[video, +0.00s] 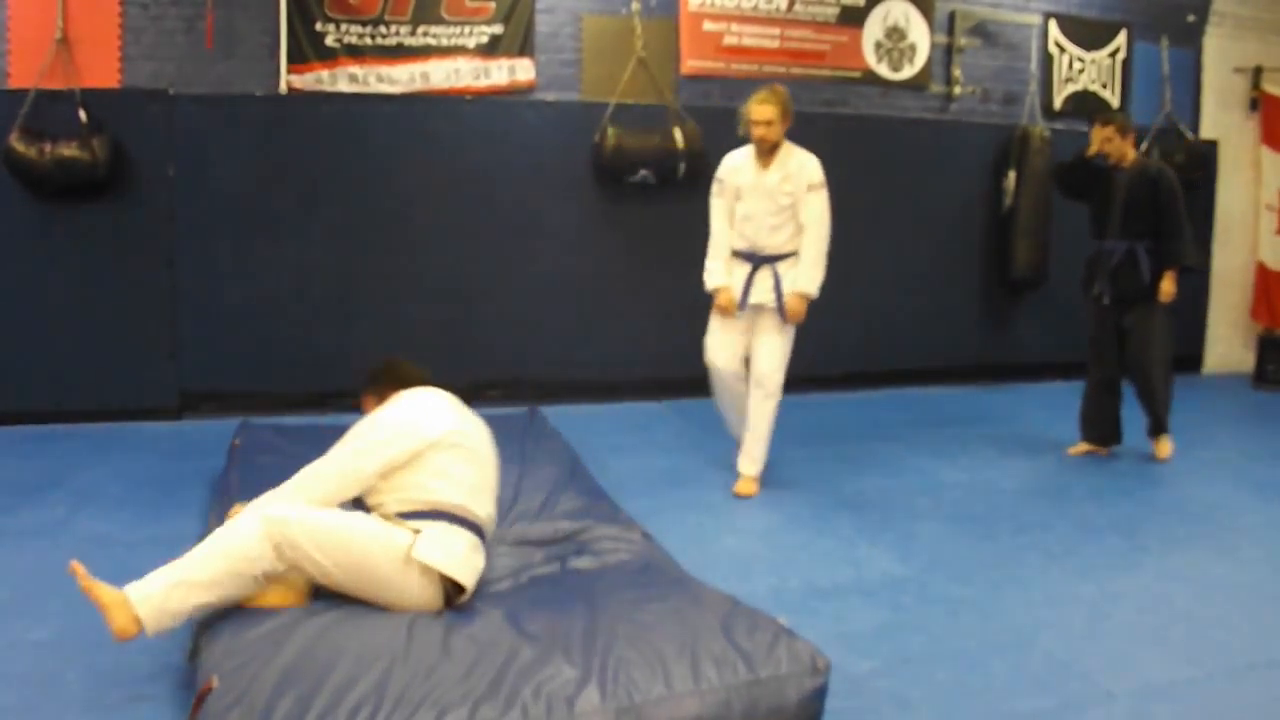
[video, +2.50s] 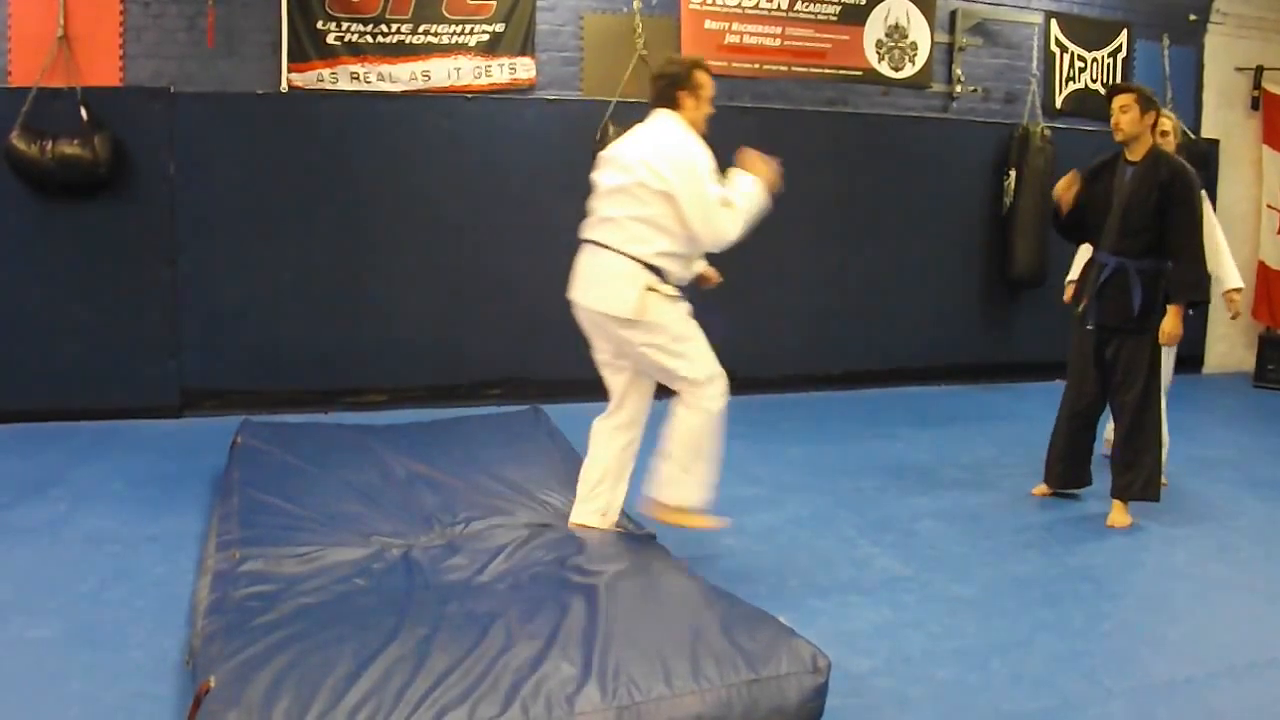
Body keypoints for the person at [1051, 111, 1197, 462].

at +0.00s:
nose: (1103, 149)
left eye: (1108, 142)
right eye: (1100, 143)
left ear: (1128, 139)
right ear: (1098, 145)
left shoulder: (1158, 177)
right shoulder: (1100, 175)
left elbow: (1175, 228)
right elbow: (1064, 181)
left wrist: (1170, 271)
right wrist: (1088, 155)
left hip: (1146, 276)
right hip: (1106, 274)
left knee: (1146, 356)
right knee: (1103, 356)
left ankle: (1160, 431)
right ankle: (1099, 436)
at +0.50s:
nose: (1098, 152)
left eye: (1105, 145)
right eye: (1096, 145)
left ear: (1125, 144)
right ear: (1097, 146)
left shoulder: (1152, 182)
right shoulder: (1093, 176)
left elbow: (1167, 239)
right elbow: (1057, 177)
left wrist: (1160, 284)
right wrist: (1088, 158)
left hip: (1130, 284)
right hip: (1091, 280)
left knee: (1124, 365)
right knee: (1087, 360)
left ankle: (1120, 448)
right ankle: (1088, 436)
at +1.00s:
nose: (1123, 146)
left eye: (1130, 139)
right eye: (1119, 139)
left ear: (1148, 140)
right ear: (1114, 141)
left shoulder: (1169, 181)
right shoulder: (1107, 172)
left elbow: (1181, 240)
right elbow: (1072, 174)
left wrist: (1176, 290)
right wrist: (1102, 147)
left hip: (1140, 284)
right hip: (1097, 279)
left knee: (1133, 371)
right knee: (1078, 363)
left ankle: (1121, 453)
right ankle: (1072, 439)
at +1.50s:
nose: (1092, 133)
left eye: (1100, 126)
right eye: (1087, 126)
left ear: (1120, 130)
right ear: (1083, 132)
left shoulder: (1147, 179)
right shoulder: (1073, 179)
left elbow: (1165, 240)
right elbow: (1040, 224)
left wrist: (1161, 291)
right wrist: (1036, 187)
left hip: (1128, 293)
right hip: (1079, 291)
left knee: (1128, 378)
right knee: (1070, 381)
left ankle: (1125, 455)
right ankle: (1064, 470)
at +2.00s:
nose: (1080, 126)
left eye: (1089, 119)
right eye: (1077, 119)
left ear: (1113, 126)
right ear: (1074, 126)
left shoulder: (1141, 176)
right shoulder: (1067, 177)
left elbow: (1157, 243)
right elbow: (1041, 225)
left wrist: (1144, 296)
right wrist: (1022, 227)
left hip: (1121, 295)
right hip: (1072, 292)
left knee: (1123, 392)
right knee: (1063, 387)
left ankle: (1124, 486)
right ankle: (1057, 473)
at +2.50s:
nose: (1116, 119)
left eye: (1125, 111)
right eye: (1113, 113)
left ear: (1150, 117)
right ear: (1113, 121)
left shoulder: (1177, 176)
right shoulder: (1105, 171)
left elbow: (1187, 248)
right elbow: (1083, 233)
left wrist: (1176, 308)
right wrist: (1065, 205)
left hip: (1143, 298)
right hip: (1097, 291)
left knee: (1133, 401)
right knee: (1080, 391)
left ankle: (1122, 497)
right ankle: (1062, 477)